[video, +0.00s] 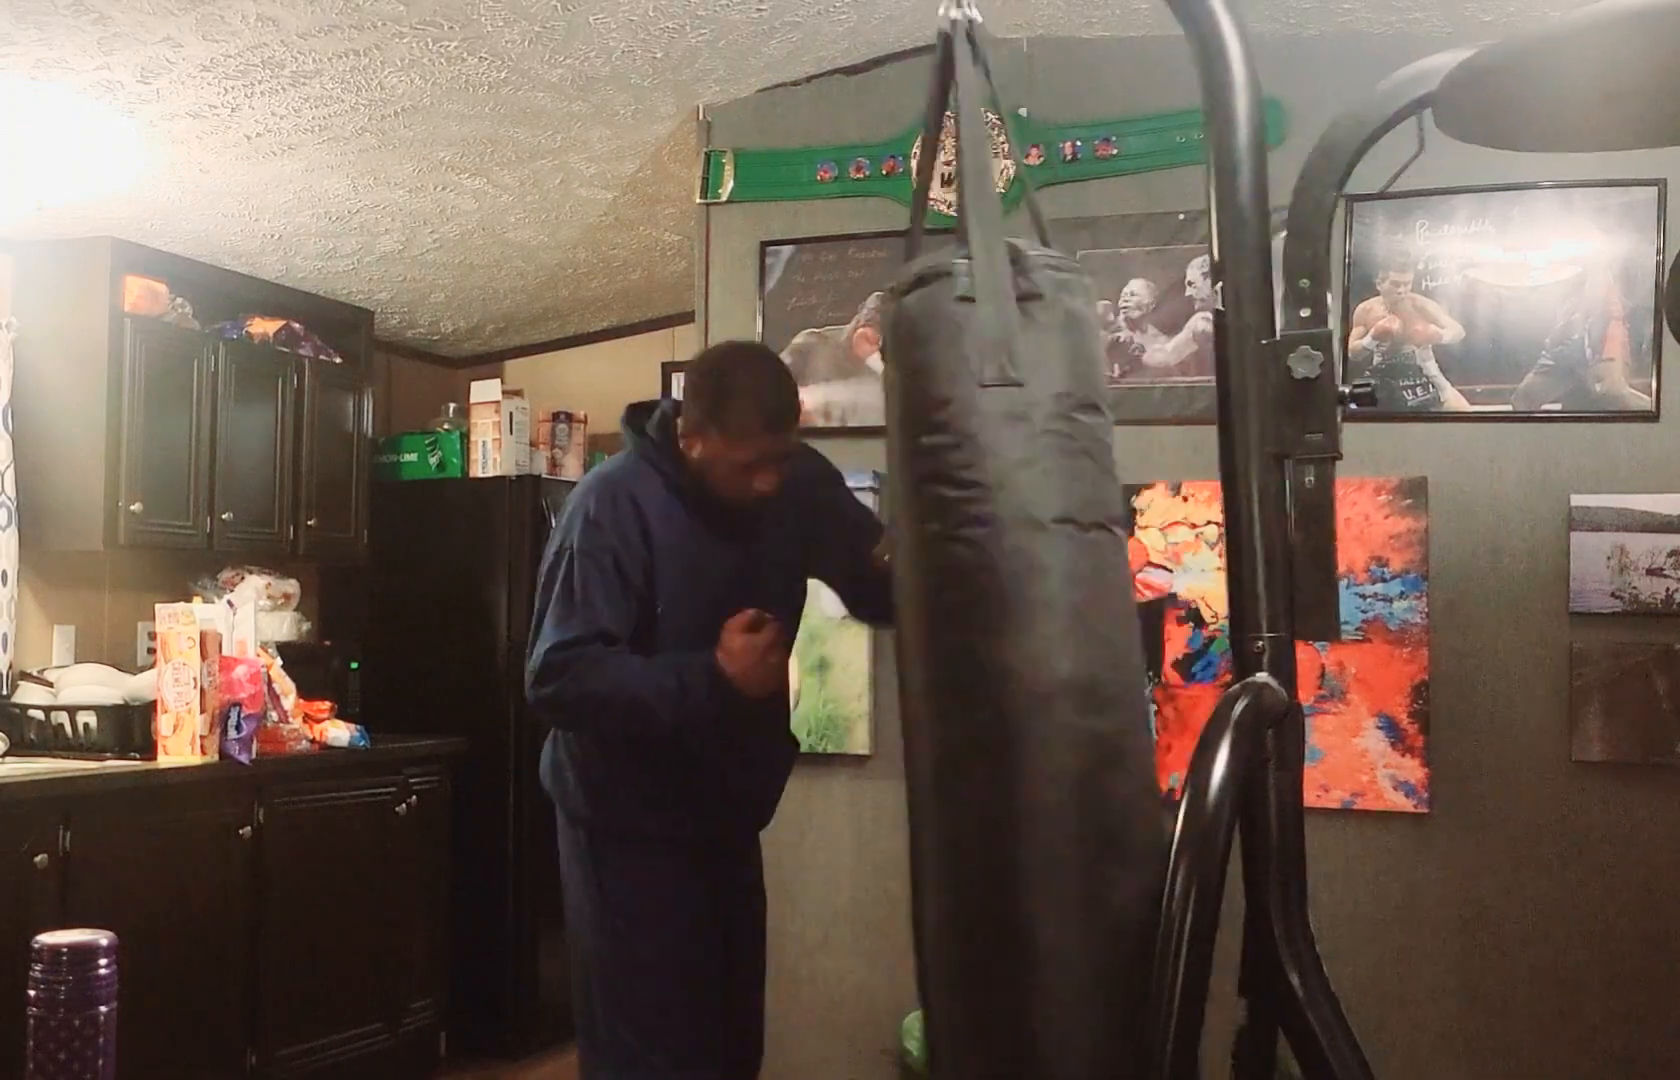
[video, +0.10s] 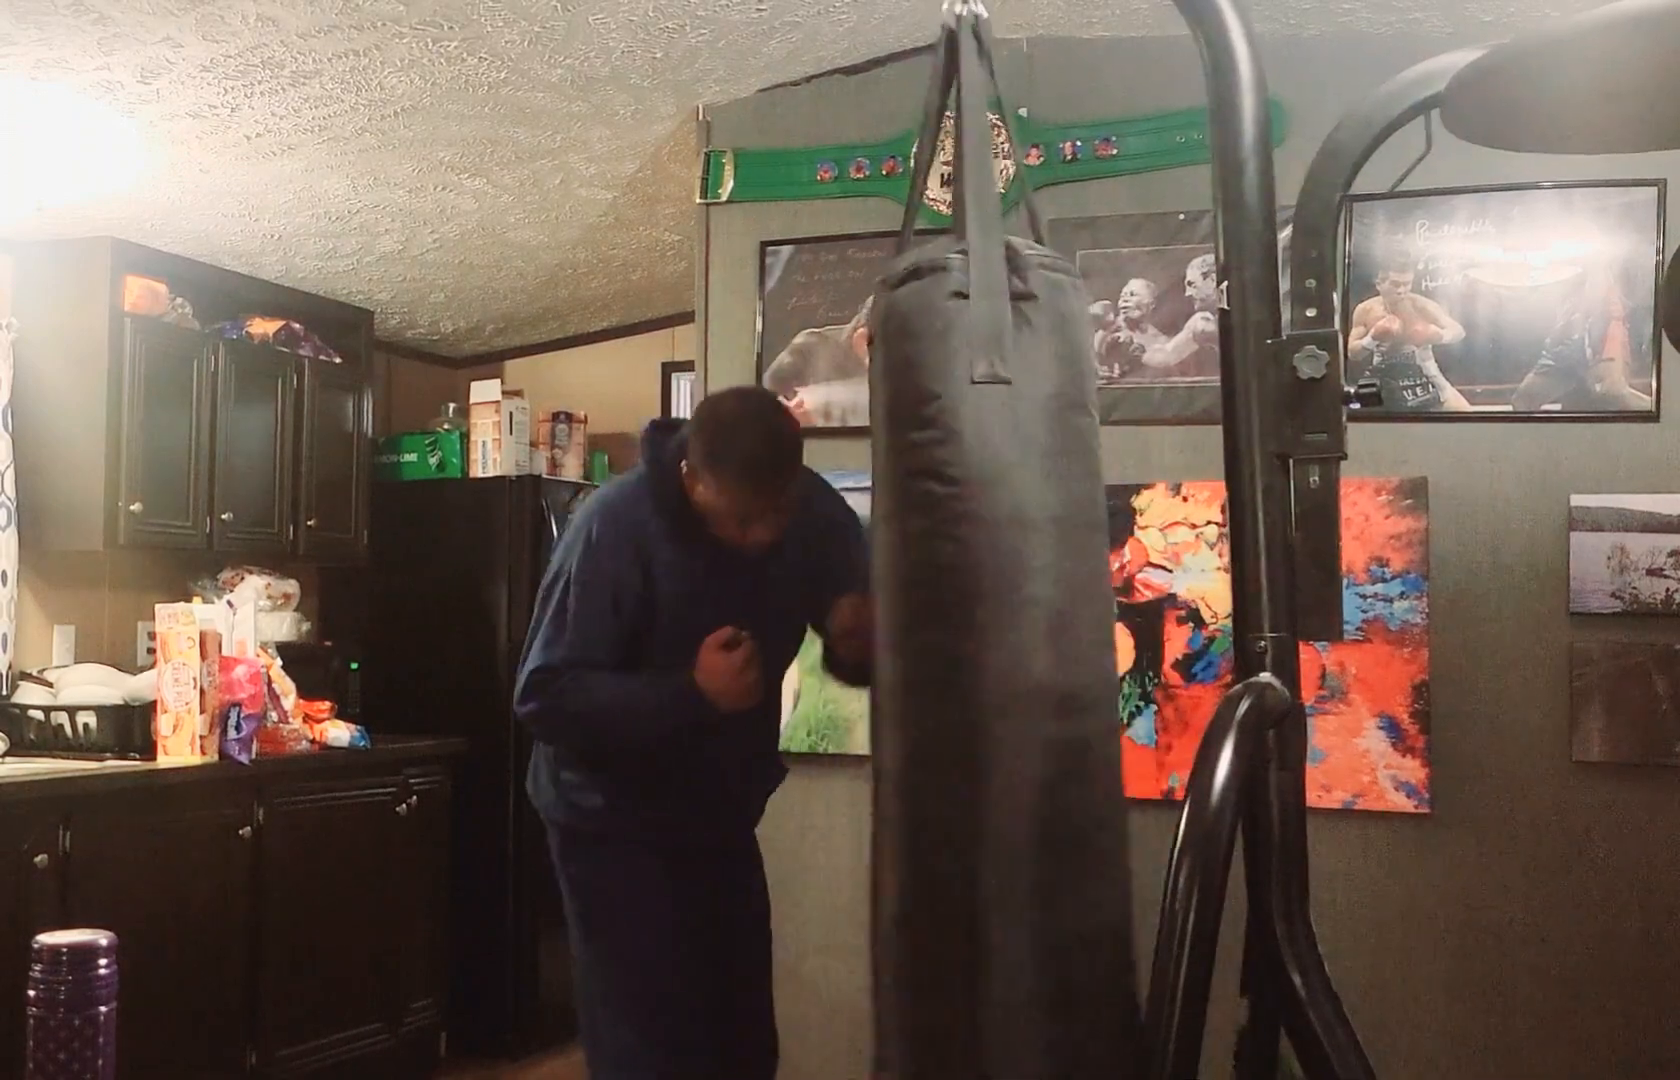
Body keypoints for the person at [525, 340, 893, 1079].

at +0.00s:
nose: (771, 481)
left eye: (782, 460)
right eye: (751, 466)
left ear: (793, 429)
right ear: (691, 438)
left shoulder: (798, 483)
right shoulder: (613, 502)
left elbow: (878, 593)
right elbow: (558, 674)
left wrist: (896, 567)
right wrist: (717, 674)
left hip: (725, 813)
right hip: (620, 817)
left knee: (728, 1037)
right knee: (643, 1041)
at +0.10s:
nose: (763, 536)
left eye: (776, 515)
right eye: (741, 519)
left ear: (793, 476)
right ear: (693, 479)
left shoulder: (812, 511)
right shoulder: (614, 527)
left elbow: (857, 666)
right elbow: (543, 695)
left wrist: (857, 642)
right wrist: (692, 690)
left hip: (720, 808)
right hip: (608, 814)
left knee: (742, 1036)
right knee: (643, 1038)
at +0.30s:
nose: (677, 604)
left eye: (691, 584)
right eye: (655, 588)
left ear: (723, 543)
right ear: (622, 560)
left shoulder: (792, 558)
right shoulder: (567, 592)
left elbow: (845, 723)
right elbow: (522, 751)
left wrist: (774, 696)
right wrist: (630, 736)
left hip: (728, 833)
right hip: (607, 849)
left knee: (752, 1031)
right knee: (637, 1044)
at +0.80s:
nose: (657, 523)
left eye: (670, 493)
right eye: (629, 503)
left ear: (682, 460)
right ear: (560, 479)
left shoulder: (704, 511)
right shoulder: (485, 572)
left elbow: (745, 701)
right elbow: (491, 794)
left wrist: (726, 623)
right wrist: (605, 640)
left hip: (632, 854)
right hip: (517, 866)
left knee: (646, 1059)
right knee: (564, 1063)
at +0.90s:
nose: (685, 471)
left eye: (696, 448)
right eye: (662, 449)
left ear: (706, 427)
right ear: (584, 426)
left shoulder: (625, 510)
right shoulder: (513, 535)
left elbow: (718, 669)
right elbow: (622, 740)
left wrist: (724, 581)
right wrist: (672, 545)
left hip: (581, 866)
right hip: (510, 882)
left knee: (597, 1054)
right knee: (562, 1064)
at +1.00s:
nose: (692, 447)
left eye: (699, 423)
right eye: (682, 418)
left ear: (607, 395)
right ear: (611, 394)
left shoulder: (567, 469)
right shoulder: (544, 489)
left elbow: (698, 624)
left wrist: (699, 467)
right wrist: (723, 460)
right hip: (506, 876)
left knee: (542, 1061)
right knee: (568, 1065)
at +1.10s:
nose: (716, 424)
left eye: (722, 403)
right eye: (705, 395)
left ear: (619, 386)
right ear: (624, 386)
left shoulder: (520, 449)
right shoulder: (578, 466)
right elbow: (751, 611)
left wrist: (693, 510)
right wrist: (749, 426)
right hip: (508, 859)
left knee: (498, 1061)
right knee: (573, 1062)